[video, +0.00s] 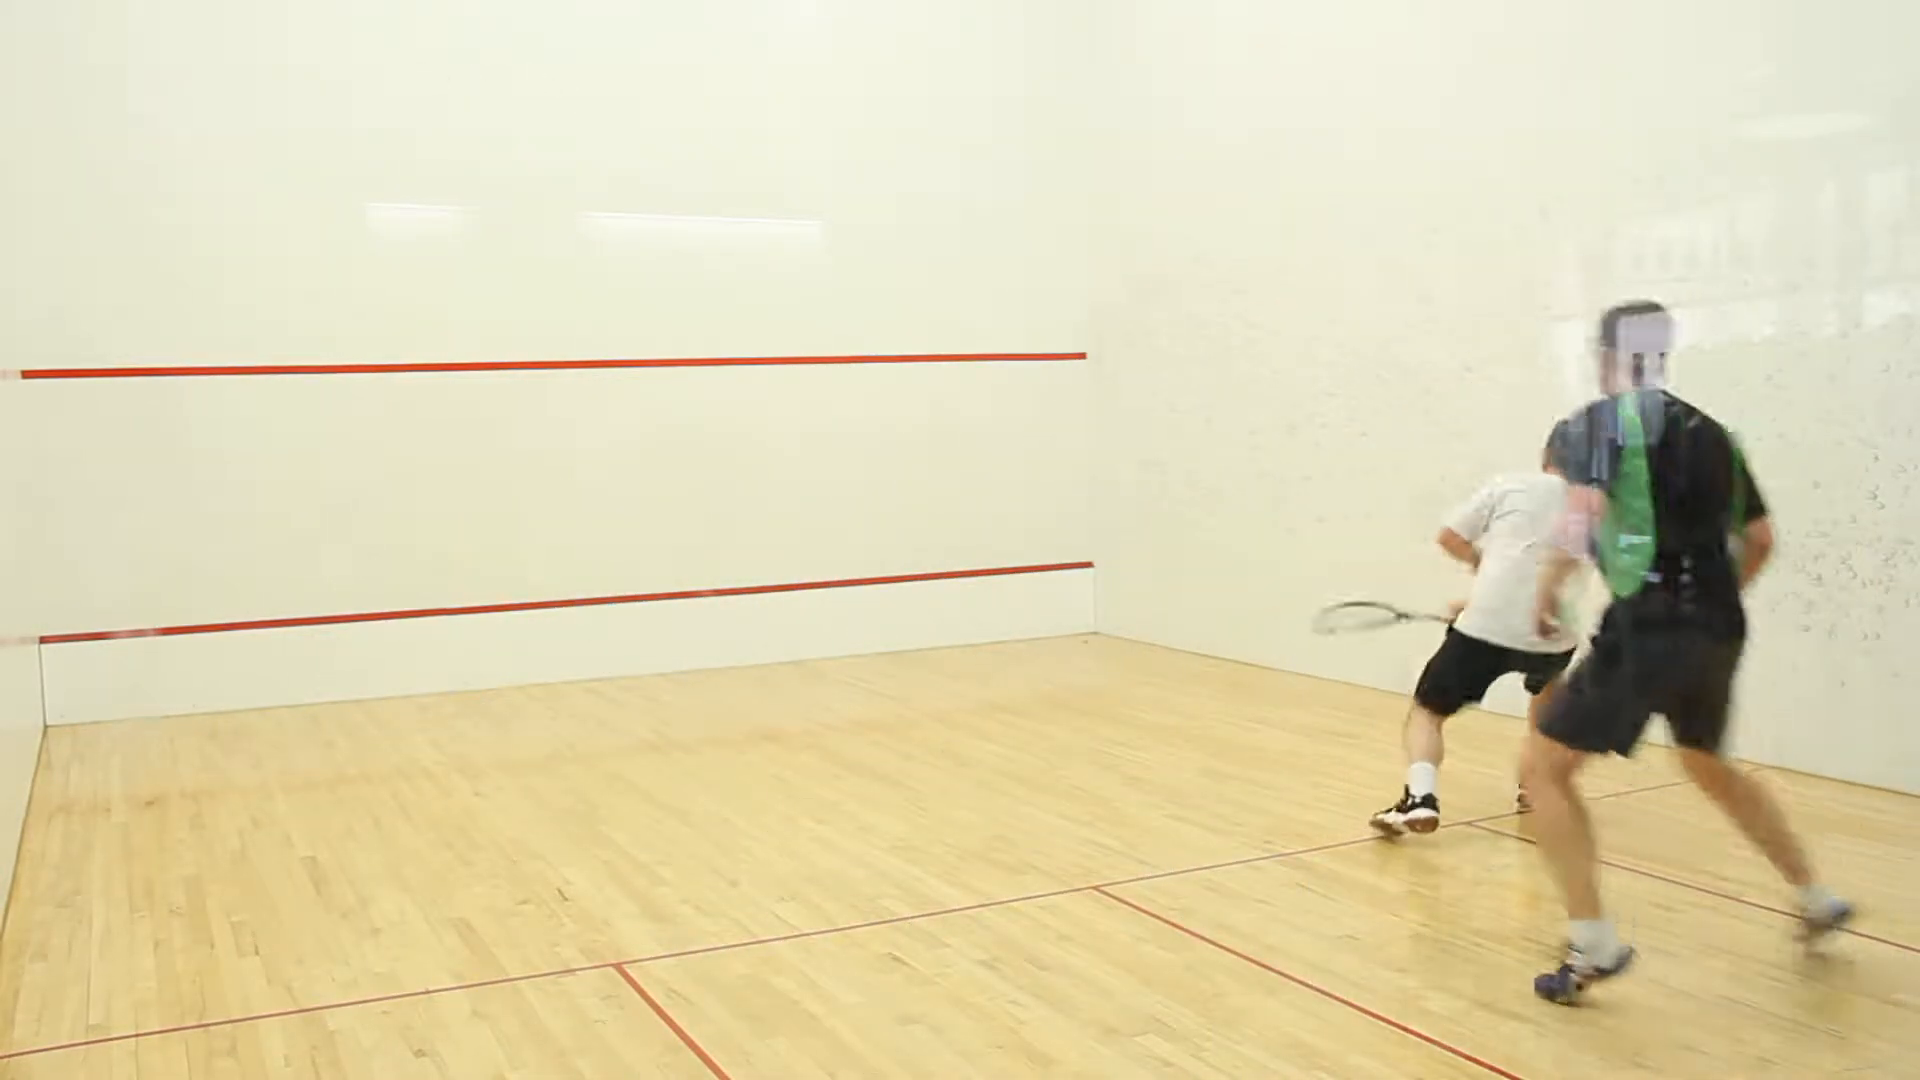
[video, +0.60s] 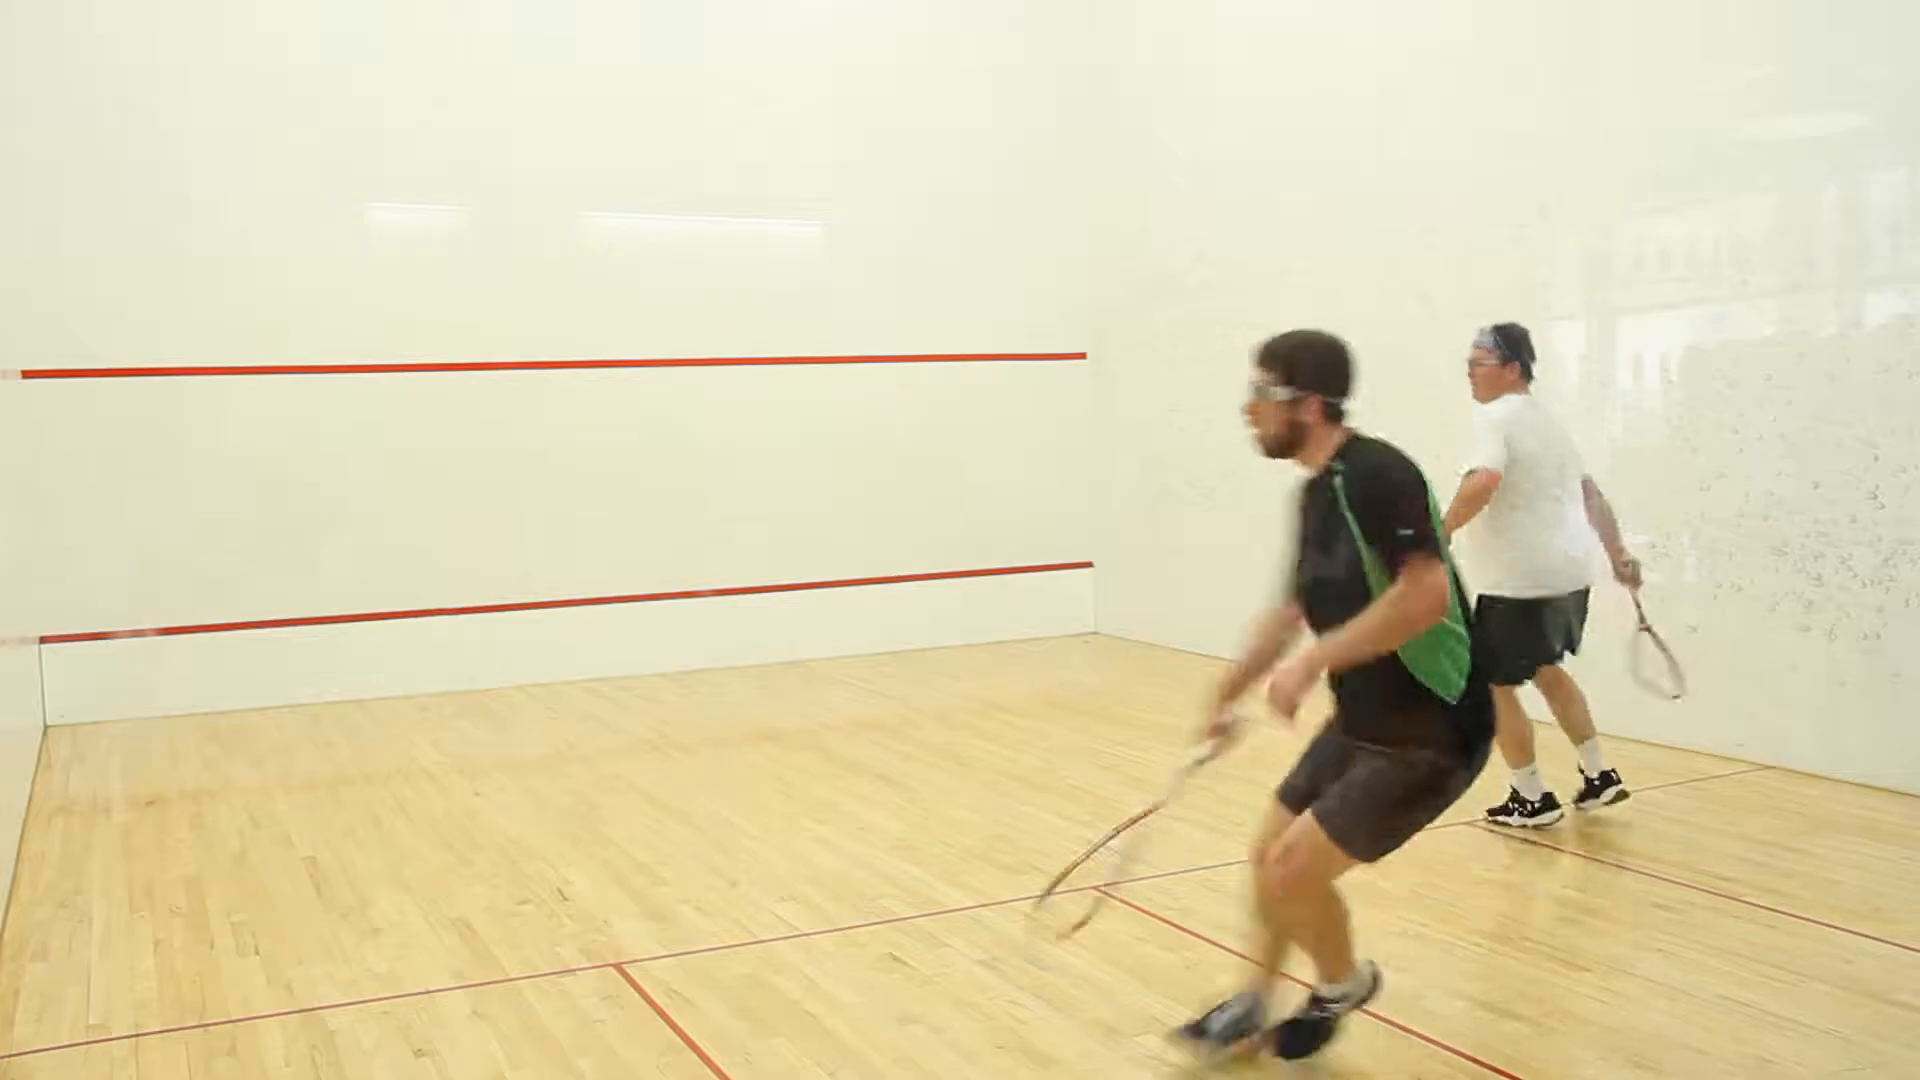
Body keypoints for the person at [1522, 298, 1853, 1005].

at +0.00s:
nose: (1601, 368)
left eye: (1603, 357)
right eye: (1614, 356)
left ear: (1608, 358)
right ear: (1665, 357)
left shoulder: (1590, 427)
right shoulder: (1710, 432)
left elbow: (1580, 517)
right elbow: (1760, 537)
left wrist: (1547, 593)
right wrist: (1716, 596)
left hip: (1642, 630)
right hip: (1716, 629)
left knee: (1543, 767)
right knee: (1704, 759)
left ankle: (1595, 941)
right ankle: (1813, 894)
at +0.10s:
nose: (1552, 376)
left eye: (1556, 364)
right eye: (1560, 363)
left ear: (1561, 368)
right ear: (1613, 368)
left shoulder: (1547, 433)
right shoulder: (1655, 442)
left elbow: (1534, 531)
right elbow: (1706, 554)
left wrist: (1490, 617)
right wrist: (1641, 603)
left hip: (1620, 629)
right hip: (1693, 631)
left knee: (1496, 764)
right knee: (1632, 744)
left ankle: (1543, 932)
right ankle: (1683, 894)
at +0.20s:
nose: (1492, 422)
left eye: (1496, 411)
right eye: (1497, 410)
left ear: (1508, 416)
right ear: (1561, 416)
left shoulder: (1502, 484)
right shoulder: (1608, 481)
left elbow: (1487, 586)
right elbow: (1648, 591)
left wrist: (1445, 675)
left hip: (1583, 677)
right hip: (1652, 671)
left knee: (1453, 794)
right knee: (1583, 784)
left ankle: (1446, 961)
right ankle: (1605, 914)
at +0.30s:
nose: (1426, 430)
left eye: (1433, 421)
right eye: (1431, 420)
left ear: (1452, 433)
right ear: (1490, 430)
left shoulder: (1458, 503)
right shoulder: (1540, 489)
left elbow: (1464, 606)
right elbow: (1580, 589)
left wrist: (1410, 693)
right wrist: (1518, 668)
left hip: (1545, 705)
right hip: (1592, 693)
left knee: (1395, 813)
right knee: (1551, 801)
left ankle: (1369, 999)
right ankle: (1604, 916)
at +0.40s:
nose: (1364, 419)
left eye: (1373, 408)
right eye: (1370, 406)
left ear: (1404, 421)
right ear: (1428, 422)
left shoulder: (1423, 494)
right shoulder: (1474, 483)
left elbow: (1441, 607)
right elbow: (1499, 595)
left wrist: (1367, 674)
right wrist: (1442, 666)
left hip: (1486, 727)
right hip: (1518, 714)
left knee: (1344, 828)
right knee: (1470, 805)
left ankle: (1372, 1006)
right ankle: (1563, 894)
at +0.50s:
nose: (1308, 413)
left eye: (1319, 400)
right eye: (1312, 399)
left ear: (1357, 413)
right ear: (1367, 414)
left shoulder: (1398, 482)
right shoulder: (1397, 476)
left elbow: (1432, 591)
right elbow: (1414, 598)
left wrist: (1323, 652)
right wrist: (1359, 665)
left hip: (1452, 729)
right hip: (1423, 713)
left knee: (1319, 860)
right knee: (1369, 820)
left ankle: (1367, 1007)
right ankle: (1442, 927)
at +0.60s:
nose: (1248, 408)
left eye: (1262, 394)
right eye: (1252, 393)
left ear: (1311, 406)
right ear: (1303, 407)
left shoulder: (1377, 471)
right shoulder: (1318, 495)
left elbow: (1427, 594)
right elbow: (1295, 608)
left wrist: (1314, 659)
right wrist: (1234, 685)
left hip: (1432, 734)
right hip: (1363, 717)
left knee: (1291, 870)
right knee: (1270, 855)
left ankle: (1347, 983)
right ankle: (1259, 1000)